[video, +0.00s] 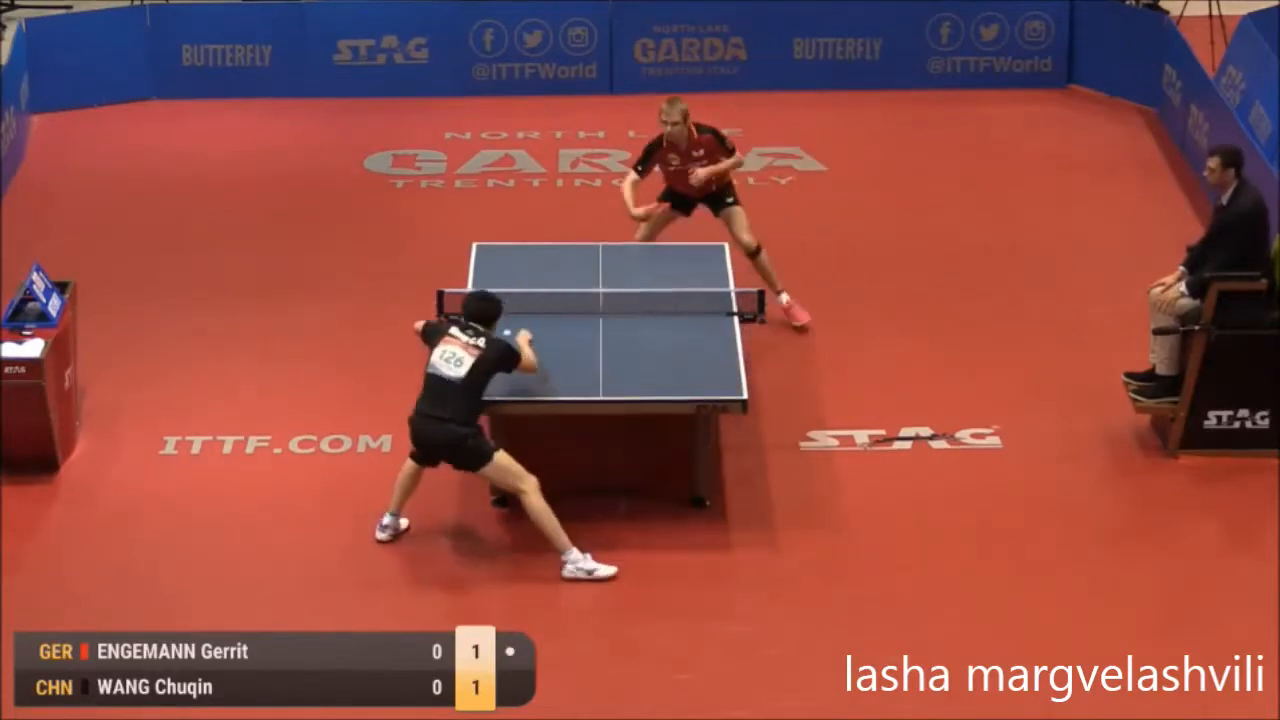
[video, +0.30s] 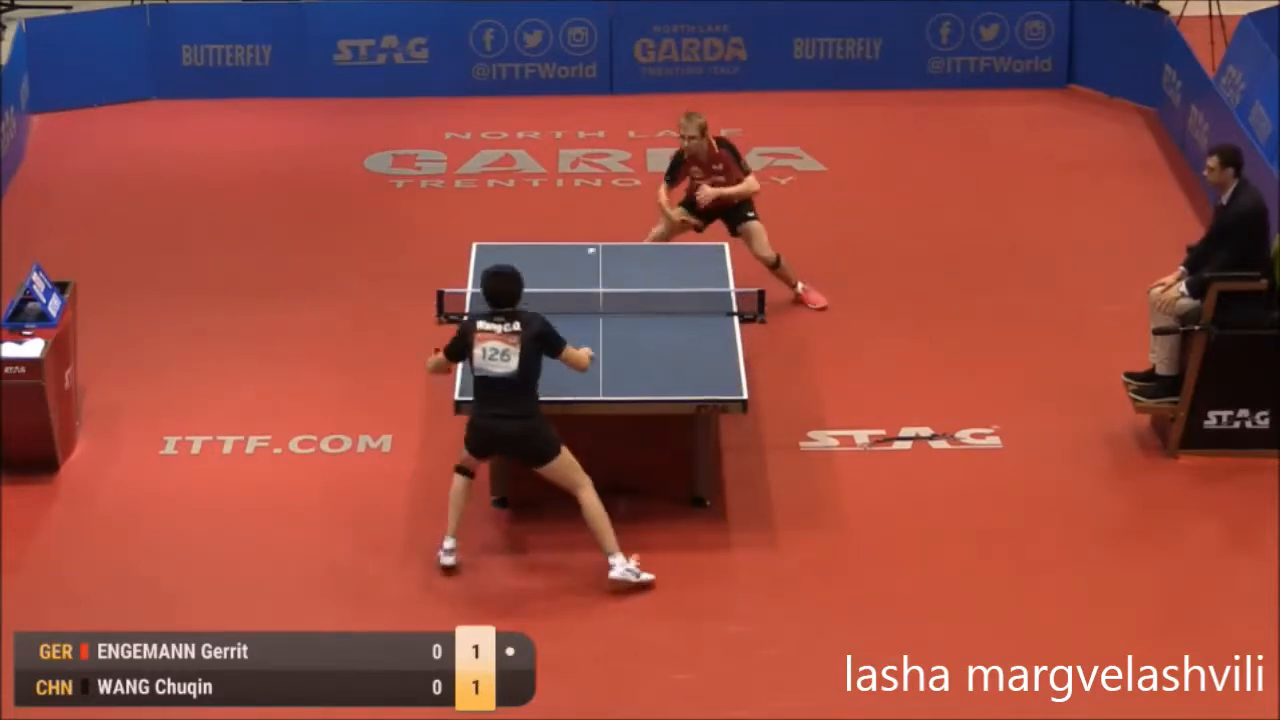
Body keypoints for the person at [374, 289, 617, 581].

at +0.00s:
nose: (495, 320)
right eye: (495, 317)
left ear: (465, 314)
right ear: (493, 322)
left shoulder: (443, 331)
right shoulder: (497, 348)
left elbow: (420, 327)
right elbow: (530, 366)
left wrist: (442, 324)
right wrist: (524, 343)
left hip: (422, 427)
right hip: (459, 435)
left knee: (416, 460)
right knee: (527, 485)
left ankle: (388, 521)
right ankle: (572, 558)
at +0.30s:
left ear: (485, 294)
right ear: (520, 294)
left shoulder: (472, 327)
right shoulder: (534, 324)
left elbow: (438, 365)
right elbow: (579, 362)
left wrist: (436, 358)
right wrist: (585, 354)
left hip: (484, 427)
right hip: (527, 429)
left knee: (465, 469)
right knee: (582, 486)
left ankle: (448, 544)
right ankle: (618, 562)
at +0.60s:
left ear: (537, 316)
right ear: (571, 312)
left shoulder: (523, 352)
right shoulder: (593, 343)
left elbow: (482, 389)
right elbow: (632, 385)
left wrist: (505, 393)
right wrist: (618, 409)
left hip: (550, 449)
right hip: (596, 444)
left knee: (505, 507)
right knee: (659, 484)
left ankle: (482, 585)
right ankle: (657, 572)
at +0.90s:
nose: (621, 365)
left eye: (616, 362)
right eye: (634, 360)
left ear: (614, 370)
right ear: (647, 363)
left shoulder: (612, 409)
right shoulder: (673, 392)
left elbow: (596, 464)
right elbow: (702, 436)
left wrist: (574, 468)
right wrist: (669, 436)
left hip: (632, 499)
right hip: (680, 495)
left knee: (575, 550)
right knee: (739, 526)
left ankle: (520, 615)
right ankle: (747, 612)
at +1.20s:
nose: (705, 360)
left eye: (701, 356)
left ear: (700, 362)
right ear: (732, 355)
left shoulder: (708, 404)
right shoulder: (754, 384)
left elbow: (718, 462)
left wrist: (700, 515)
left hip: (750, 489)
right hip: (787, 478)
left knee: (704, 562)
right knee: (808, 521)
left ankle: (737, 640)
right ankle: (840, 593)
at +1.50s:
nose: (765, 312)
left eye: (767, 308)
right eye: (769, 306)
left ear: (772, 315)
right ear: (805, 311)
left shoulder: (772, 359)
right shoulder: (827, 340)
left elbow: (783, 420)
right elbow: (850, 388)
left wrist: (781, 476)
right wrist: (813, 399)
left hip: (800, 455)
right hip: (840, 448)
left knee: (779, 535)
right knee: (857, 518)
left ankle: (771, 625)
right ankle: (878, 595)